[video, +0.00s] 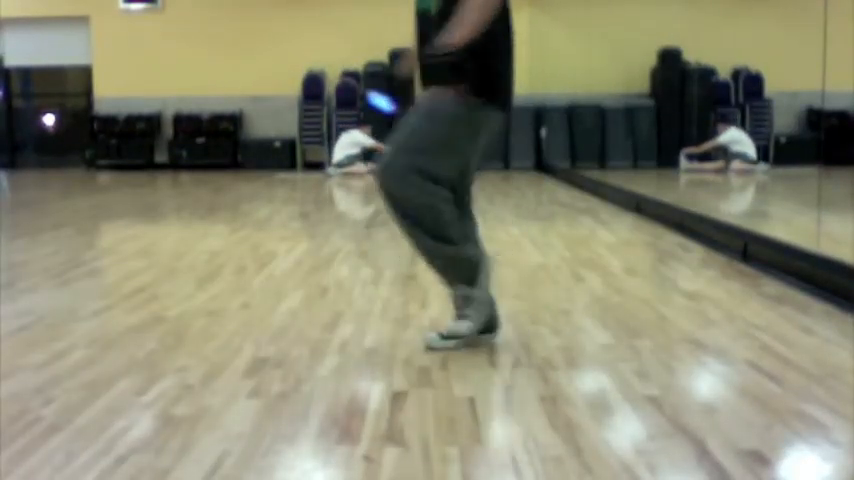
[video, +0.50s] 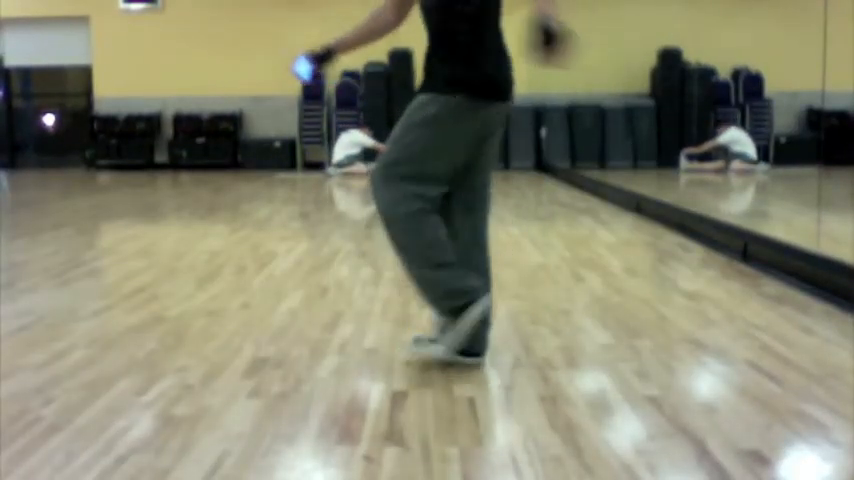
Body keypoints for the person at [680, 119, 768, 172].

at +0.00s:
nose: (719, 130)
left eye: (720, 127)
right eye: (718, 127)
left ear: (724, 126)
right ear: (729, 125)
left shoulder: (731, 133)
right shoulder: (735, 132)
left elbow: (708, 146)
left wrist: (688, 150)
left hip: (745, 160)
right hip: (734, 160)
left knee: (734, 168)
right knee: (714, 166)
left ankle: (754, 171)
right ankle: (690, 166)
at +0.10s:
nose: (719, 130)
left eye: (720, 127)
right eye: (718, 127)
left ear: (724, 126)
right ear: (729, 125)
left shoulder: (731, 133)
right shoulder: (735, 132)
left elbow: (707, 146)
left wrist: (687, 151)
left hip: (745, 160)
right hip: (734, 160)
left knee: (734, 168)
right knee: (714, 166)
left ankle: (754, 171)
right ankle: (689, 166)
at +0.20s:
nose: (719, 130)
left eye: (720, 127)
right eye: (719, 128)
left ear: (725, 126)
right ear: (728, 125)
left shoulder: (731, 132)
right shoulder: (734, 132)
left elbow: (710, 145)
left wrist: (688, 151)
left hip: (745, 160)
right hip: (734, 160)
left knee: (734, 167)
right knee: (714, 166)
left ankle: (754, 171)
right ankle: (690, 166)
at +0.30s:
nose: (719, 130)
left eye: (720, 128)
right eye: (719, 128)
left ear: (725, 126)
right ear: (728, 126)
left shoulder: (731, 132)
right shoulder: (734, 132)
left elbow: (710, 145)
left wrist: (688, 151)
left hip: (745, 160)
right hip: (734, 160)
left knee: (734, 167)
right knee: (714, 166)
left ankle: (754, 171)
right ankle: (690, 166)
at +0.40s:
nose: (720, 132)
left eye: (721, 129)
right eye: (719, 129)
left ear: (725, 127)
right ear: (729, 126)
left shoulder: (731, 132)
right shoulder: (734, 132)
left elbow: (709, 146)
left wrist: (688, 151)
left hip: (745, 160)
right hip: (734, 159)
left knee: (733, 168)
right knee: (714, 166)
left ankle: (753, 171)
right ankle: (690, 166)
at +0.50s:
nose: (719, 133)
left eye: (720, 130)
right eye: (719, 131)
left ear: (725, 128)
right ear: (728, 126)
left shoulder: (731, 132)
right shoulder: (733, 132)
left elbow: (709, 146)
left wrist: (689, 151)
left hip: (746, 160)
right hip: (734, 159)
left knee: (733, 168)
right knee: (714, 166)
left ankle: (753, 171)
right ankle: (690, 166)